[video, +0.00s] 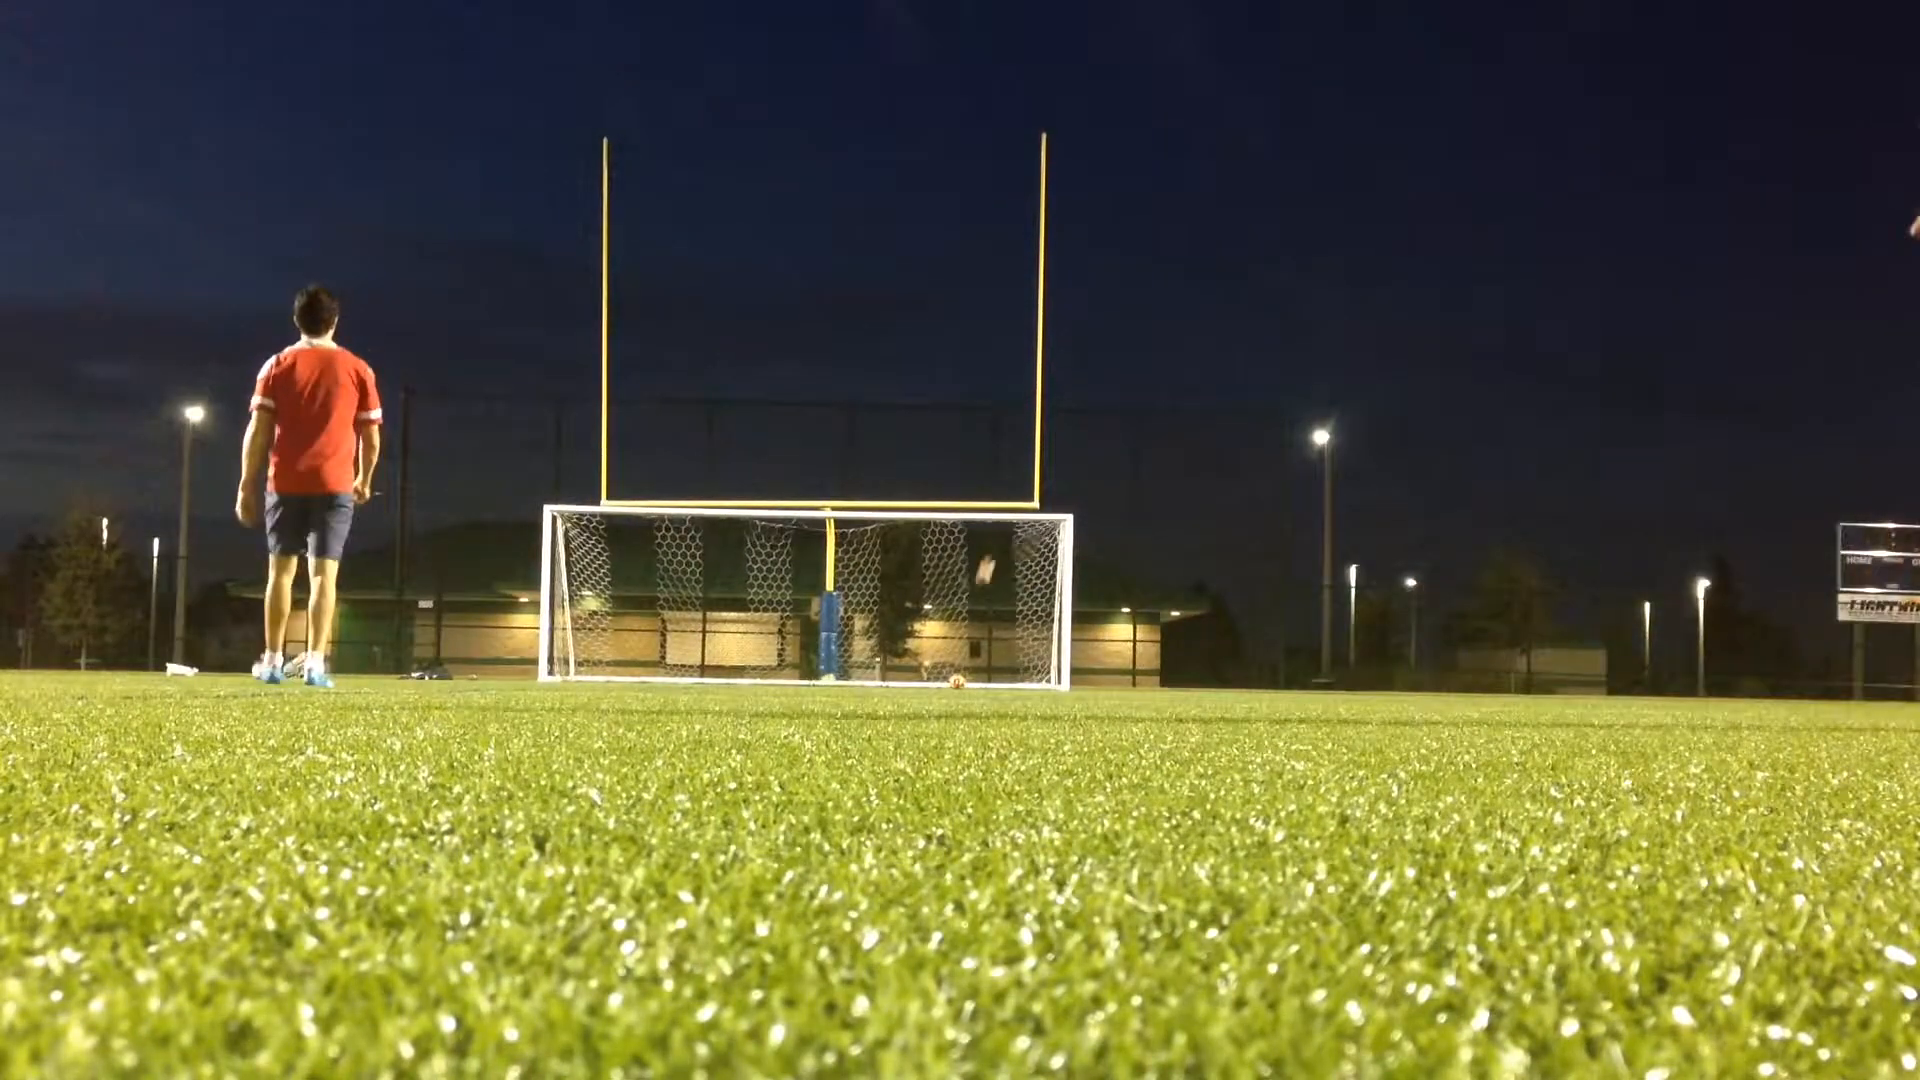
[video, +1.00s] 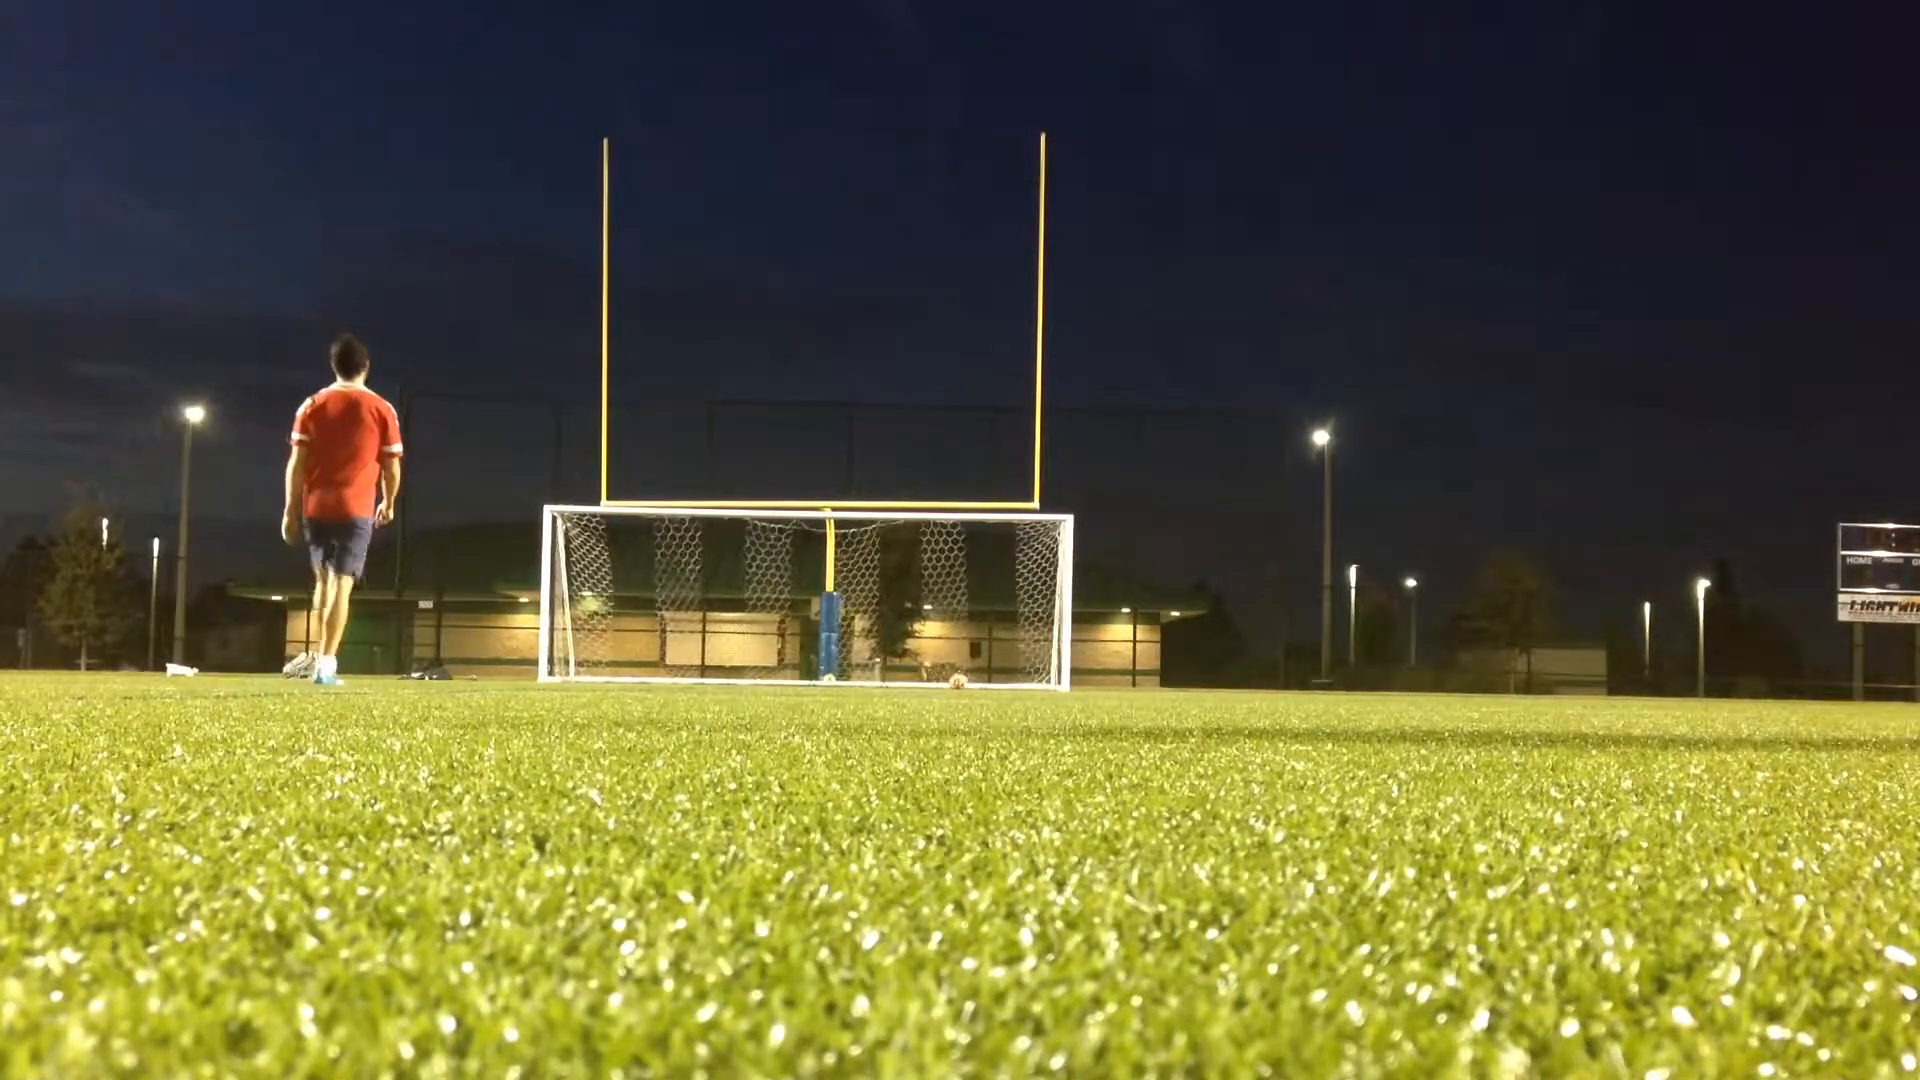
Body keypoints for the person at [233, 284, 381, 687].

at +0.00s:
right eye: (331, 318)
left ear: (296, 322)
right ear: (334, 323)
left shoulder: (276, 365)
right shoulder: (358, 369)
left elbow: (258, 430)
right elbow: (371, 438)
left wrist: (246, 487)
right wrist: (365, 478)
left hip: (285, 482)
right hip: (336, 482)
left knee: (280, 572)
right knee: (324, 576)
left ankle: (272, 659)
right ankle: (315, 662)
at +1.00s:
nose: (358, 370)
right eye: (363, 364)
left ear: (332, 367)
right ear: (366, 367)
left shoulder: (312, 405)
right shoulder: (381, 408)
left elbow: (296, 462)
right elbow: (392, 466)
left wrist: (290, 510)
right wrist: (389, 502)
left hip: (317, 505)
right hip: (358, 507)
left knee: (323, 580)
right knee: (341, 585)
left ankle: (316, 656)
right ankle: (327, 662)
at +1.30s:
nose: (346, 385)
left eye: (346, 380)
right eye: (351, 380)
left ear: (348, 383)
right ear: (377, 382)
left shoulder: (330, 421)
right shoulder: (397, 422)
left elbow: (316, 477)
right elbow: (406, 476)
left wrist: (309, 523)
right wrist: (404, 517)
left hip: (337, 516)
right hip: (377, 517)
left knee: (345, 591)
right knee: (377, 592)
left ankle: (345, 671)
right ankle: (349, 633)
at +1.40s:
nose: (351, 384)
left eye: (352, 379)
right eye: (354, 379)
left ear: (355, 382)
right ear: (384, 382)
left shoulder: (337, 419)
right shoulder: (403, 421)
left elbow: (323, 476)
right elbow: (411, 476)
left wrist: (319, 521)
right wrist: (412, 519)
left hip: (341, 516)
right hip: (383, 517)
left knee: (347, 591)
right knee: (386, 589)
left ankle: (347, 666)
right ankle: (365, 638)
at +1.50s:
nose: (362, 388)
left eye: (363, 383)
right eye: (365, 383)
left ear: (366, 386)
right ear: (395, 387)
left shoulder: (347, 421)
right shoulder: (411, 426)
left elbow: (332, 476)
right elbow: (418, 480)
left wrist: (343, 508)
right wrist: (424, 527)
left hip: (351, 515)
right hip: (392, 518)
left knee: (351, 592)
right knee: (397, 592)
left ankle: (348, 665)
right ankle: (396, 663)